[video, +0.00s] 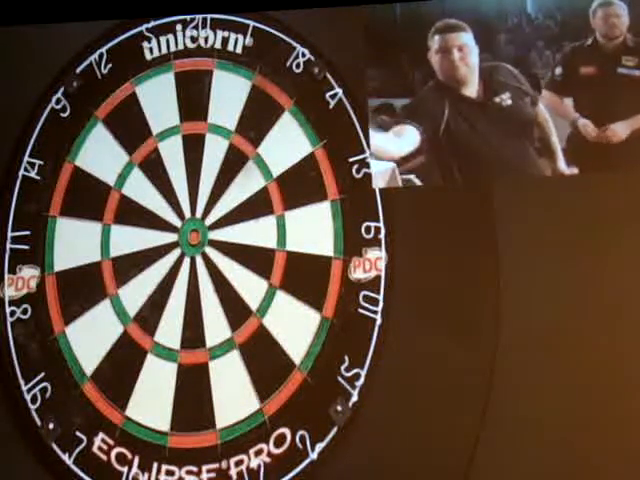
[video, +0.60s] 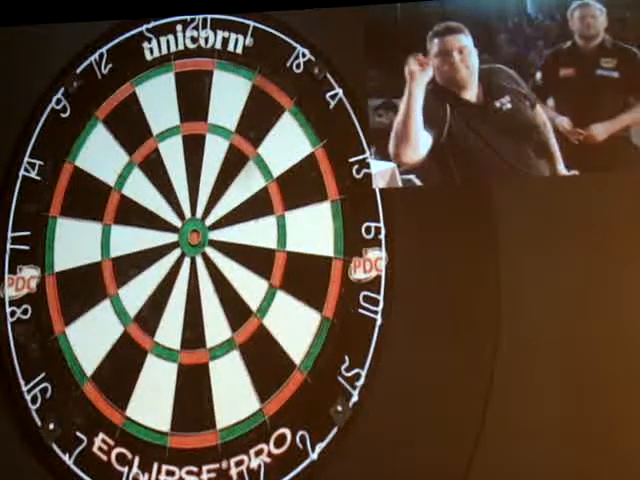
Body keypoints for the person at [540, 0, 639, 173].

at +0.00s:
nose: (612, 22)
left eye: (618, 16)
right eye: (605, 17)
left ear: (628, 20)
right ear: (593, 22)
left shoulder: (636, 54)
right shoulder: (575, 55)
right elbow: (549, 96)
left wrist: (628, 126)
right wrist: (578, 121)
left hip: (629, 157)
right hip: (584, 156)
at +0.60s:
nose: (588, 22)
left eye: (593, 17)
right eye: (581, 17)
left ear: (605, 21)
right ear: (570, 23)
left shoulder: (628, 57)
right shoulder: (555, 59)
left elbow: (637, 107)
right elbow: (534, 99)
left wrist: (607, 128)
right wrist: (556, 120)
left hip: (615, 154)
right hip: (567, 155)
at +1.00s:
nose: (568, 23)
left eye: (574, 18)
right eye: (562, 19)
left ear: (585, 23)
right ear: (551, 24)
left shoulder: (605, 60)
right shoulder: (532, 59)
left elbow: (626, 105)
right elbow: (519, 103)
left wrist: (582, 126)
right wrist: (544, 126)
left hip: (594, 156)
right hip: (545, 154)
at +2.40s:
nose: (577, 24)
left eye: (585, 20)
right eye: (574, 19)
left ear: (607, 24)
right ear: (569, 23)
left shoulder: (630, 61)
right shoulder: (556, 60)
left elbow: (637, 111)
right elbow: (536, 99)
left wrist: (607, 123)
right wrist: (547, 114)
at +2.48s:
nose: (575, 24)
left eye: (584, 19)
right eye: (574, 19)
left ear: (607, 24)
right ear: (570, 22)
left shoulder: (631, 60)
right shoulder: (558, 60)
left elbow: (637, 112)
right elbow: (542, 101)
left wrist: (611, 126)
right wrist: (554, 117)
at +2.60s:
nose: (571, 24)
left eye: (580, 19)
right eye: (572, 19)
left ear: (606, 24)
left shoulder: (631, 61)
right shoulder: (564, 59)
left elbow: (638, 121)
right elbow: (530, 95)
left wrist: (623, 144)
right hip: (571, 163)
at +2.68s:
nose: (570, 25)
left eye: (579, 19)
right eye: (571, 19)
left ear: (606, 24)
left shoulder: (632, 61)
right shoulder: (563, 59)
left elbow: (636, 114)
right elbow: (528, 94)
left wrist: (630, 148)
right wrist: (541, 74)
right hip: (571, 163)